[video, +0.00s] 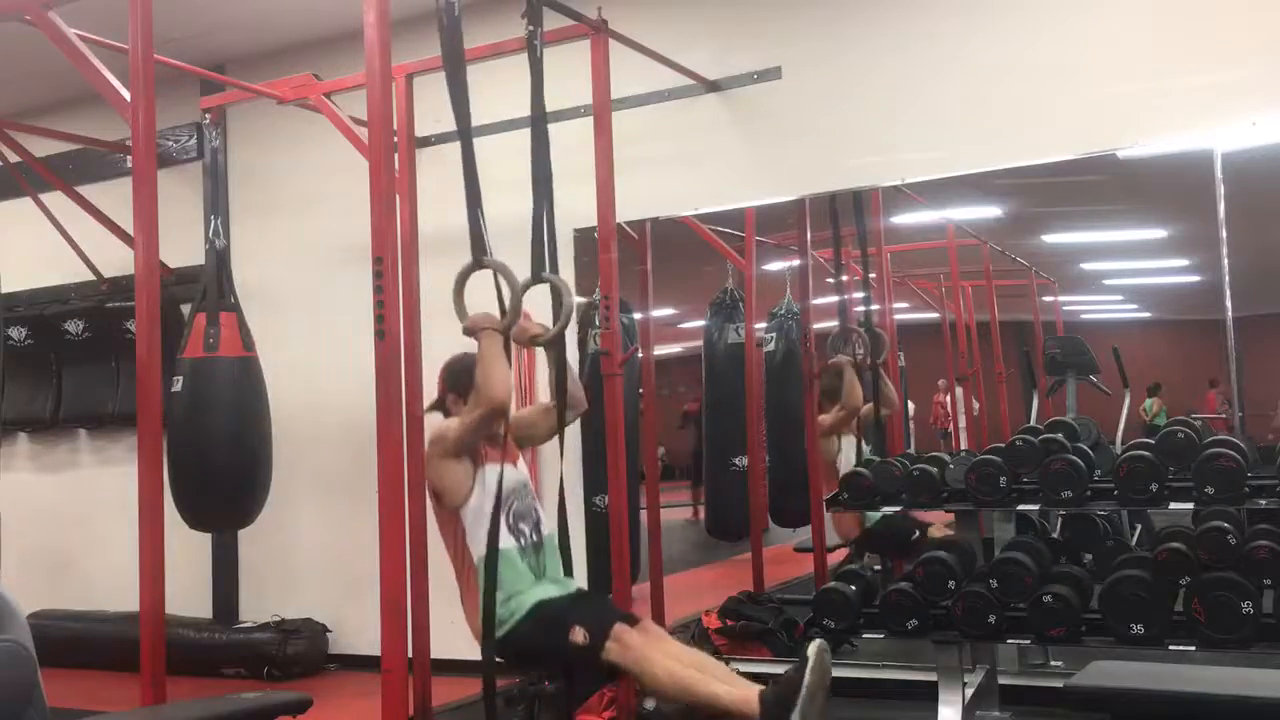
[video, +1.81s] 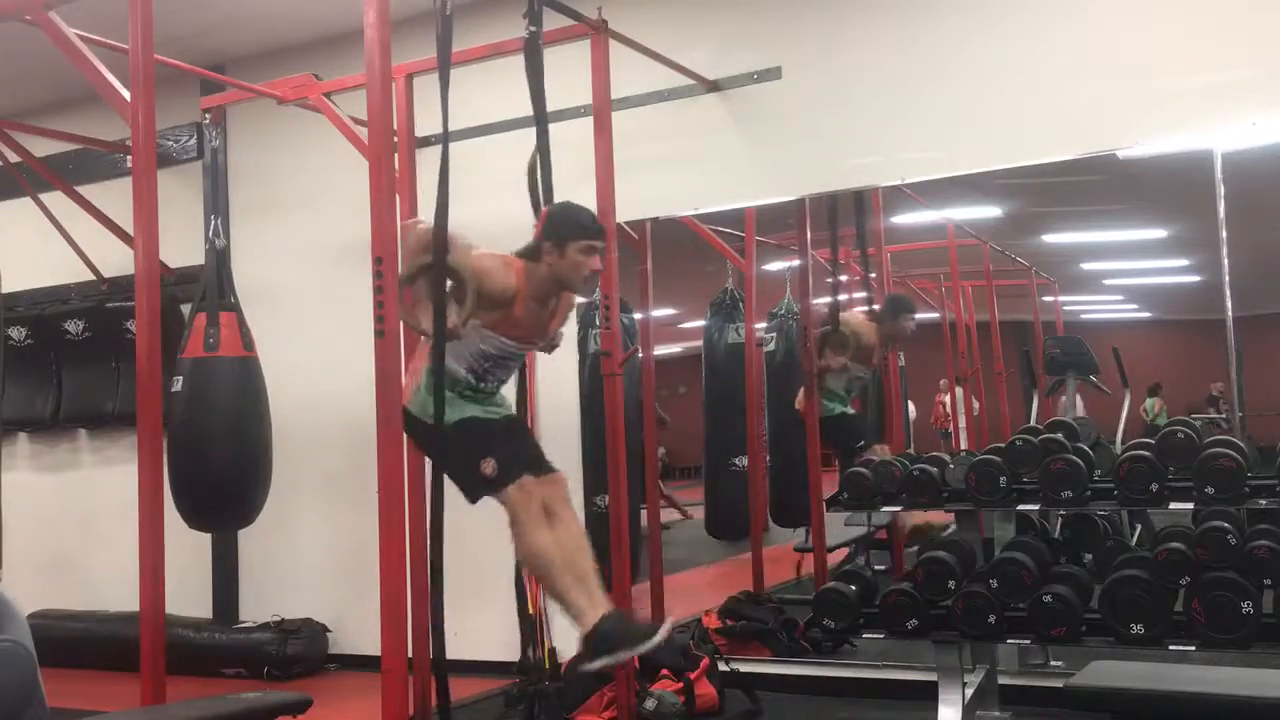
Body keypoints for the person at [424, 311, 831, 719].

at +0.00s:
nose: (496, 399)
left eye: (494, 391)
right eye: (478, 394)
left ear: (477, 396)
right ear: (454, 399)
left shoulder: (505, 436)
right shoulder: (443, 445)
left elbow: (570, 402)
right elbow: (492, 402)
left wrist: (546, 344)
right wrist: (488, 334)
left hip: (556, 592)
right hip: (513, 611)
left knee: (648, 632)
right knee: (624, 640)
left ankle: (769, 698)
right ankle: (761, 706)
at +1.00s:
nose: (464, 344)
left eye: (466, 336)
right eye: (454, 334)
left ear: (465, 339)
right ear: (423, 336)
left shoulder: (477, 380)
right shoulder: (411, 376)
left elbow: (549, 408)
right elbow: (442, 399)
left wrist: (535, 350)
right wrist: (457, 333)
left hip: (520, 518)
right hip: (476, 535)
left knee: (618, 558)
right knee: (594, 566)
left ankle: (731, 624)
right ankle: (729, 634)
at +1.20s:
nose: (468, 287)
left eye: (472, 276)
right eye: (457, 276)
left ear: (473, 278)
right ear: (427, 276)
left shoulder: (472, 326)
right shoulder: (410, 321)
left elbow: (508, 393)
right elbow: (395, 391)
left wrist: (524, 348)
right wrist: (432, 338)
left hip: (497, 455)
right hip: (456, 465)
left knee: (602, 494)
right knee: (577, 500)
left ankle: (714, 563)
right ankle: (709, 559)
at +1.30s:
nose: (489, 259)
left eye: (490, 249)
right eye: (478, 249)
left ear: (481, 254)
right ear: (444, 252)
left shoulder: (477, 306)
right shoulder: (410, 304)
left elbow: (484, 369)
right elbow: (350, 364)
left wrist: (513, 346)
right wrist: (407, 327)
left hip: (493, 433)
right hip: (448, 443)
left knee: (593, 464)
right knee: (570, 470)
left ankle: (704, 538)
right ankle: (699, 535)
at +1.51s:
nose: (535, 246)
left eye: (537, 235)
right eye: (526, 234)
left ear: (520, 237)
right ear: (488, 232)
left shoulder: (515, 291)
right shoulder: (443, 272)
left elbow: (518, 337)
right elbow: (349, 285)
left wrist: (522, 336)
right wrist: (402, 317)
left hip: (481, 411)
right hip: (432, 412)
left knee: (577, 434)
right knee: (555, 442)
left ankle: (681, 511)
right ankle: (675, 515)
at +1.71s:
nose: (578, 261)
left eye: (580, 250)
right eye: (568, 249)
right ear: (532, 250)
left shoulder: (549, 294)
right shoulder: (481, 273)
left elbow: (534, 329)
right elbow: (403, 253)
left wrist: (538, 339)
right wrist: (413, 312)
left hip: (478, 399)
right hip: (431, 399)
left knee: (561, 464)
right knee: (537, 473)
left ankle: (635, 578)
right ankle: (627, 583)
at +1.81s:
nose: (596, 265)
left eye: (599, 253)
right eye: (587, 253)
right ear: (550, 252)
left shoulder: (563, 298)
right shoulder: (499, 276)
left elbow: (539, 323)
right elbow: (422, 237)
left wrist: (547, 338)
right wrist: (413, 302)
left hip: (488, 402)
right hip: (439, 400)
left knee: (553, 489)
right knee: (524, 496)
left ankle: (606, 622)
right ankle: (593, 628)